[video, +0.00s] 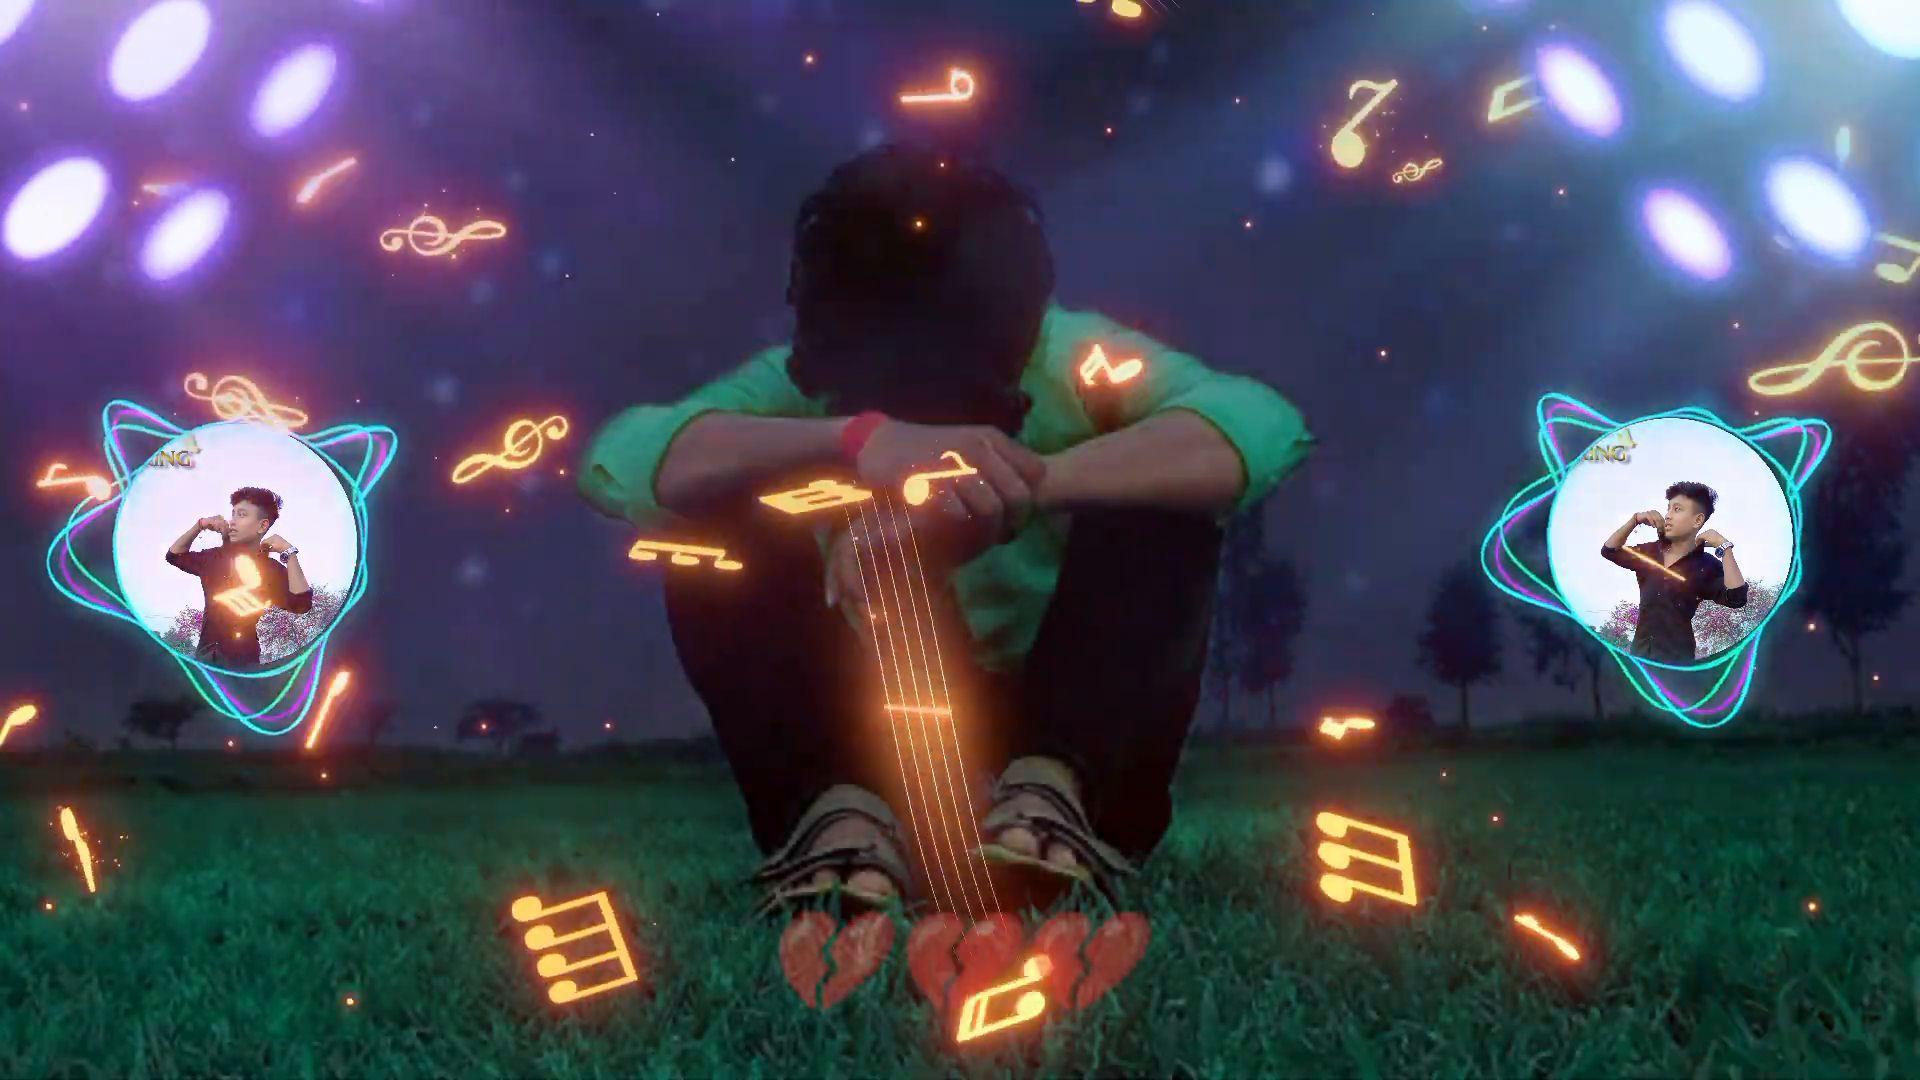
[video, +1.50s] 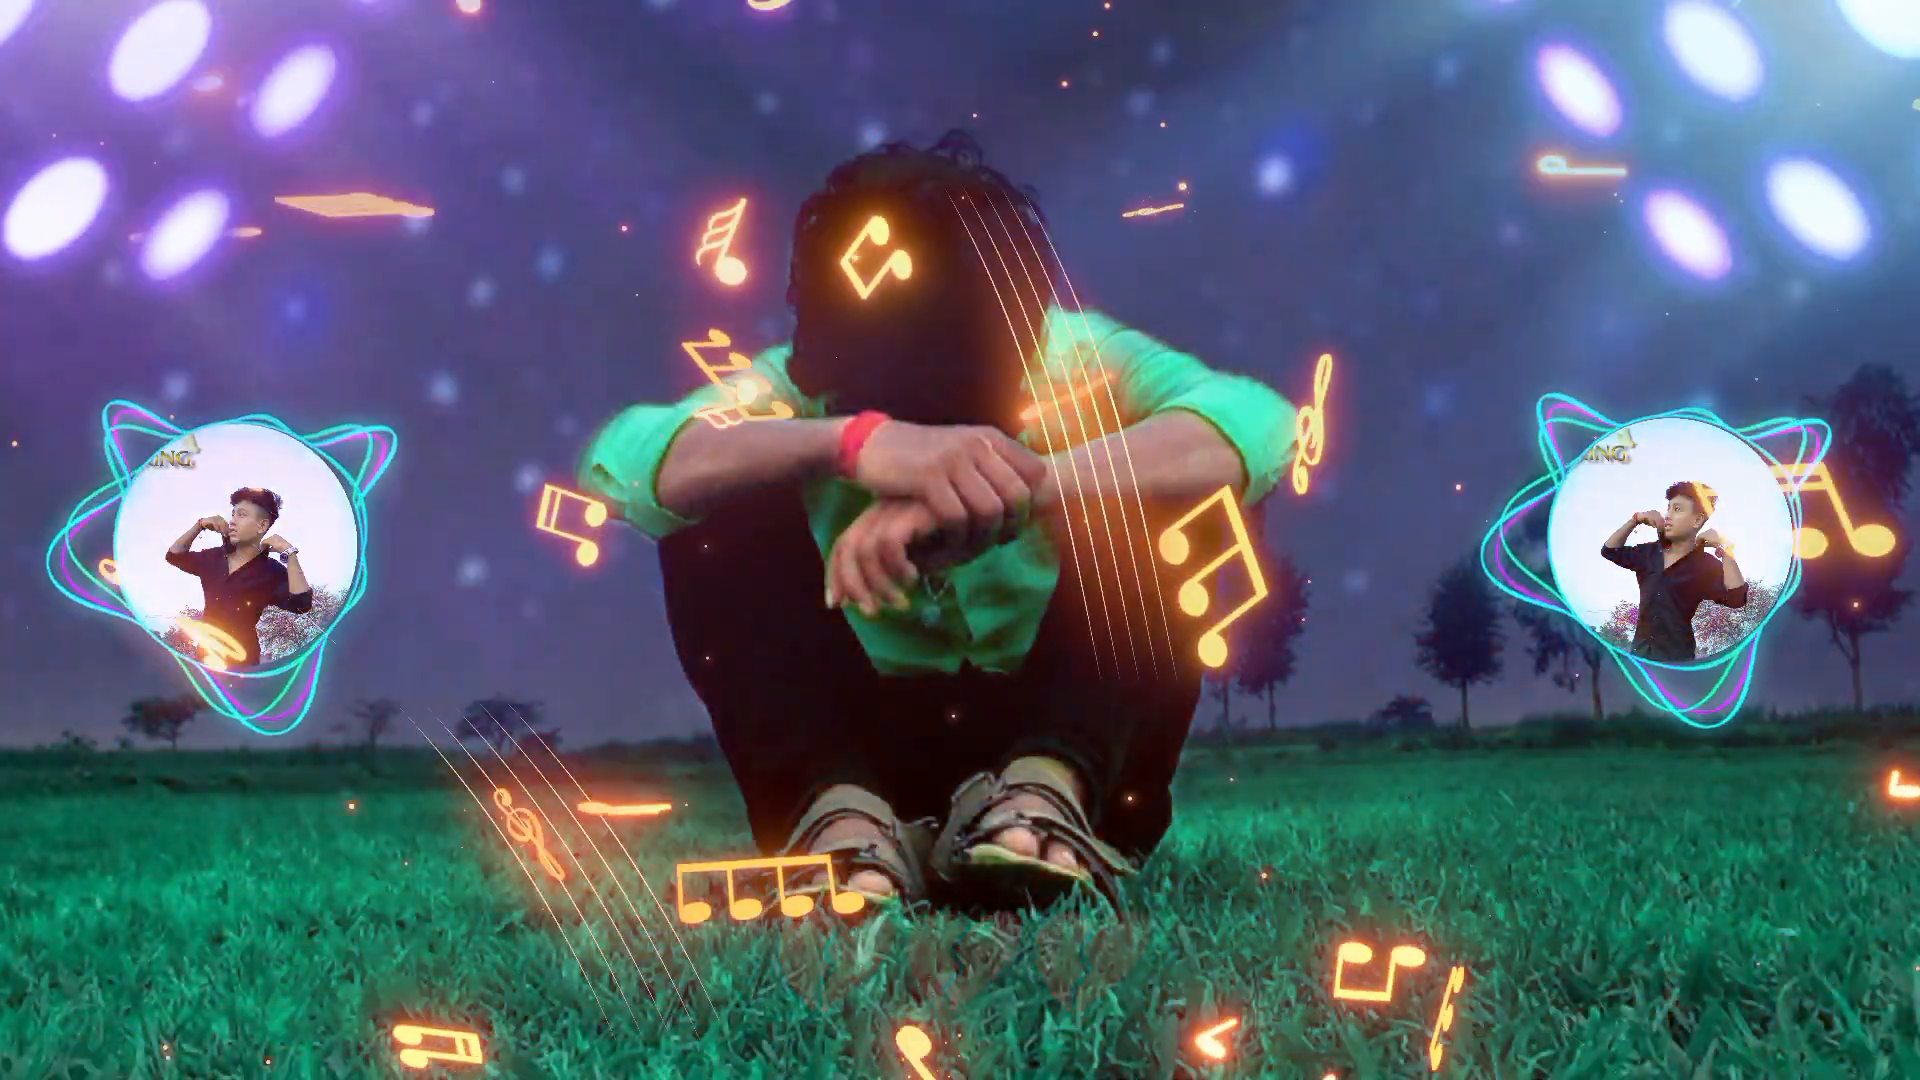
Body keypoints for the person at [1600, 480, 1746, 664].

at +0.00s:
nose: (1667, 515)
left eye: (1677, 509)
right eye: (1668, 509)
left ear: (1698, 520)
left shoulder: (1705, 565)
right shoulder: (1648, 552)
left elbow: (1737, 599)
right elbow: (1609, 551)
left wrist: (1725, 547)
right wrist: (1634, 521)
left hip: (1678, 658)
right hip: (1640, 654)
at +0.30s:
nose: (1667, 515)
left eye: (1677, 509)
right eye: (1668, 509)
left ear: (1698, 520)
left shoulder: (1705, 565)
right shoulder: (1648, 553)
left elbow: (1737, 599)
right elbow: (1609, 551)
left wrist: (1725, 547)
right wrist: (1634, 521)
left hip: (1677, 659)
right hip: (1640, 654)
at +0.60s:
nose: (1668, 515)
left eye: (1677, 509)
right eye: (1668, 508)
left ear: (1698, 520)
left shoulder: (1706, 564)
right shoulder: (1647, 554)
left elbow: (1736, 599)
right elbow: (1609, 551)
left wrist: (1724, 547)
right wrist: (1633, 522)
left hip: (1681, 661)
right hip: (1642, 655)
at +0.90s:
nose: (1667, 516)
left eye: (1677, 509)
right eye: (1668, 509)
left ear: (1698, 519)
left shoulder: (1705, 565)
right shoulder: (1648, 553)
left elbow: (1737, 600)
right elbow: (1609, 551)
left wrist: (1725, 548)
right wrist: (1633, 522)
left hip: (1678, 659)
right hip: (1640, 654)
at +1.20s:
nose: (1667, 515)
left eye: (1677, 509)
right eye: (1668, 509)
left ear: (1698, 519)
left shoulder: (1705, 566)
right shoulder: (1648, 553)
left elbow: (1737, 600)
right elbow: (1609, 551)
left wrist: (1725, 548)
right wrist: (1633, 521)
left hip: (1678, 659)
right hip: (1639, 655)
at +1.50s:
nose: (1668, 515)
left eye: (1678, 509)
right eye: (1669, 508)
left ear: (1699, 520)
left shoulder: (1705, 565)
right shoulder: (1648, 553)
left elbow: (1737, 600)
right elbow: (1609, 551)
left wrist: (1725, 548)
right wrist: (1633, 521)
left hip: (1678, 659)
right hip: (1640, 654)